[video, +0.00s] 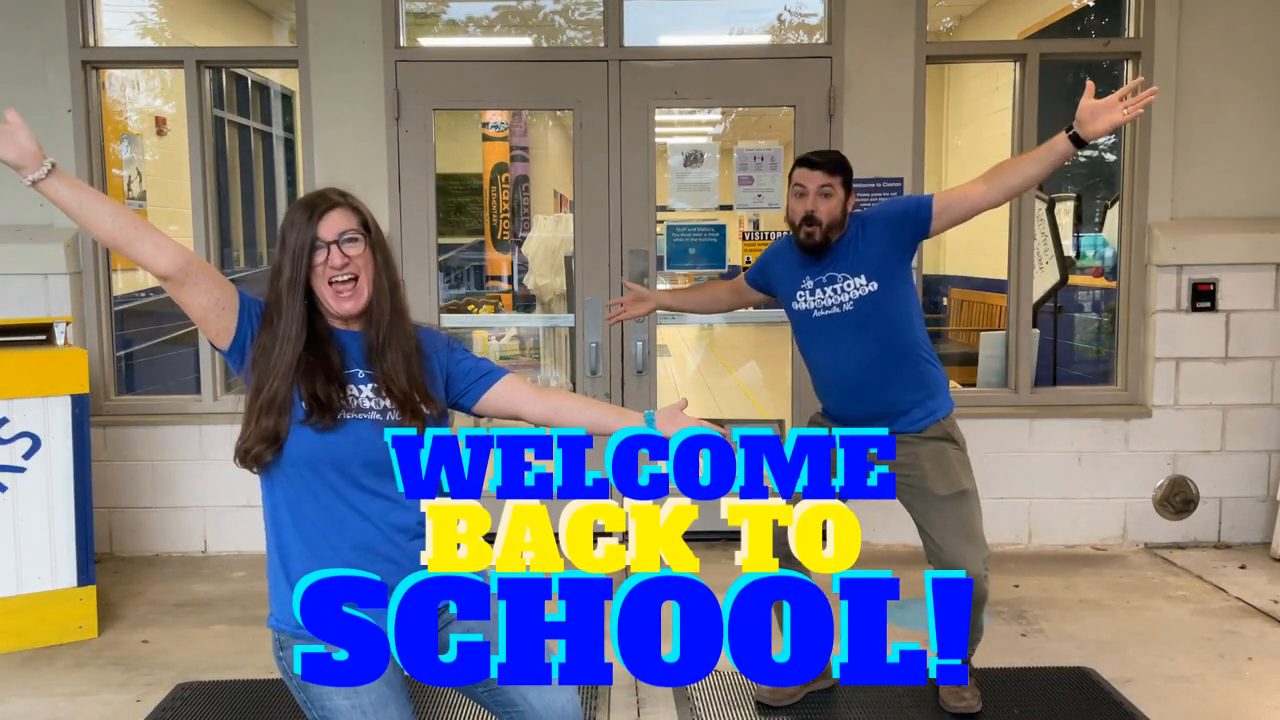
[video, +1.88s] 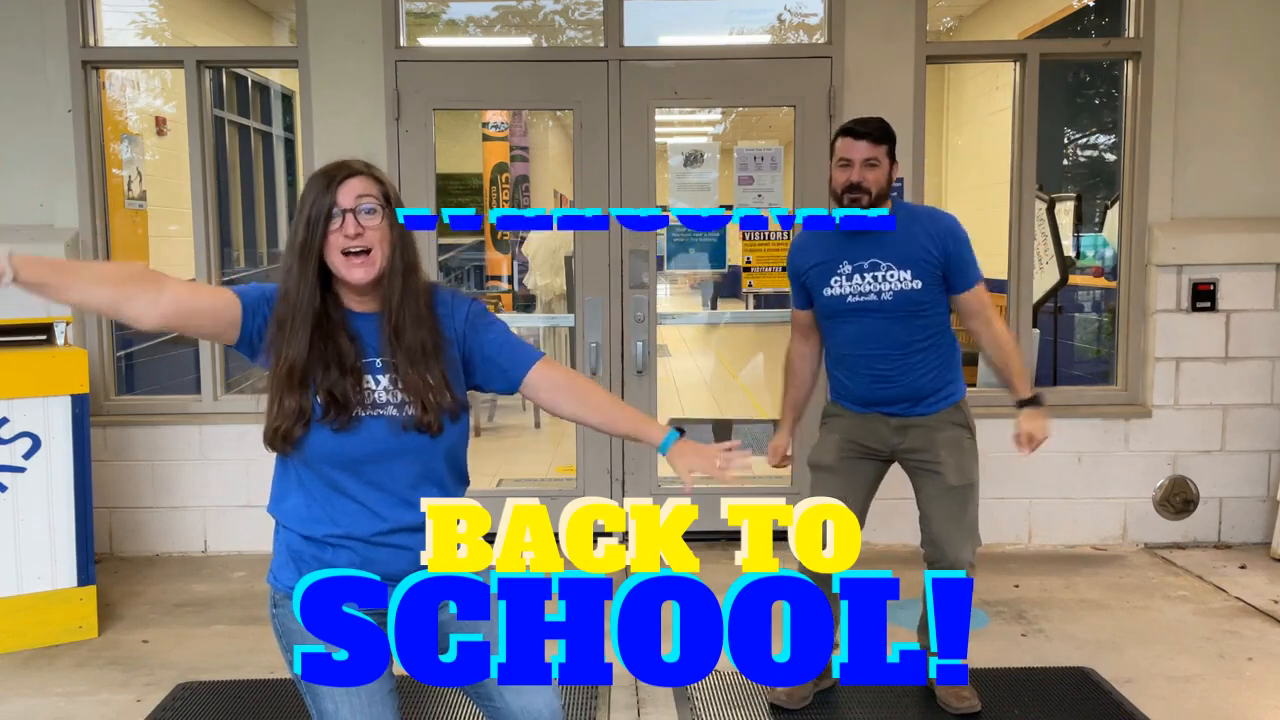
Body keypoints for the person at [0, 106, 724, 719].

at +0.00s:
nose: (339, 259)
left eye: (352, 242)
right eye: (321, 248)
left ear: (377, 255)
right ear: (298, 267)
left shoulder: (421, 351)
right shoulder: (271, 340)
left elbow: (539, 400)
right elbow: (164, 260)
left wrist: (654, 429)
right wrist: (38, 171)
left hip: (439, 601)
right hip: (329, 617)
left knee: (556, 688)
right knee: (373, 709)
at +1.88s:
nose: (355, 226)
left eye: (371, 213)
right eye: (339, 215)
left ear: (397, 232)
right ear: (317, 237)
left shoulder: (447, 319)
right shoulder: (288, 312)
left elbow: (552, 384)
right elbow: (158, 302)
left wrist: (670, 441)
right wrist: (23, 267)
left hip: (442, 564)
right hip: (326, 570)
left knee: (544, 674)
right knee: (355, 704)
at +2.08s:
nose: (396, 175)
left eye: (414, 163)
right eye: (382, 164)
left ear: (445, 187)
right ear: (361, 187)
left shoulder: (484, 288)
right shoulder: (318, 274)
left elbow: (565, 396)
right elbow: (207, 362)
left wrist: (650, 495)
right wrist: (82, 444)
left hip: (470, 538)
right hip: (344, 550)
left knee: (553, 698)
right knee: (361, 710)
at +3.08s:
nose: (738, 200)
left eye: (759, 186)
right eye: (726, 189)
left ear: (792, 202)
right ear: (711, 207)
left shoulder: (842, 305)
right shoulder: (711, 310)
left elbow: (911, 428)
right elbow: (686, 430)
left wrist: (949, 547)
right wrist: (602, 515)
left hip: (835, 577)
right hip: (743, 572)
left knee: (734, 711)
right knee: (739, 712)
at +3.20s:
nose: (793, 209)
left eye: (811, 194)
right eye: (780, 199)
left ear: (847, 209)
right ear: (767, 221)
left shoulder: (904, 313)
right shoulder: (754, 315)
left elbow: (949, 429)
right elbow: (714, 434)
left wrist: (968, 472)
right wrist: (615, 488)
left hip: (885, 565)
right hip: (779, 567)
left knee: (793, 710)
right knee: (764, 712)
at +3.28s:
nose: (828, 200)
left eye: (847, 182)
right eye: (813, 188)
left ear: (882, 196)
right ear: (799, 209)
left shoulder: (941, 302)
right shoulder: (781, 301)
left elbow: (958, 441)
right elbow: (737, 411)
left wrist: (975, 427)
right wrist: (641, 465)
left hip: (915, 552)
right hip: (800, 554)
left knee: (865, 708)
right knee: (788, 710)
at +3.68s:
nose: (990, 195)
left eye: (1005, 177)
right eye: (974, 189)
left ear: (1041, 186)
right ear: (964, 213)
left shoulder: (1104, 298)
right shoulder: (937, 284)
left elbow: (1129, 445)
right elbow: (887, 390)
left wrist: (1126, 416)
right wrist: (797, 455)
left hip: (1058, 562)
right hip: (926, 555)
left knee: (1119, 713)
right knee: (897, 711)